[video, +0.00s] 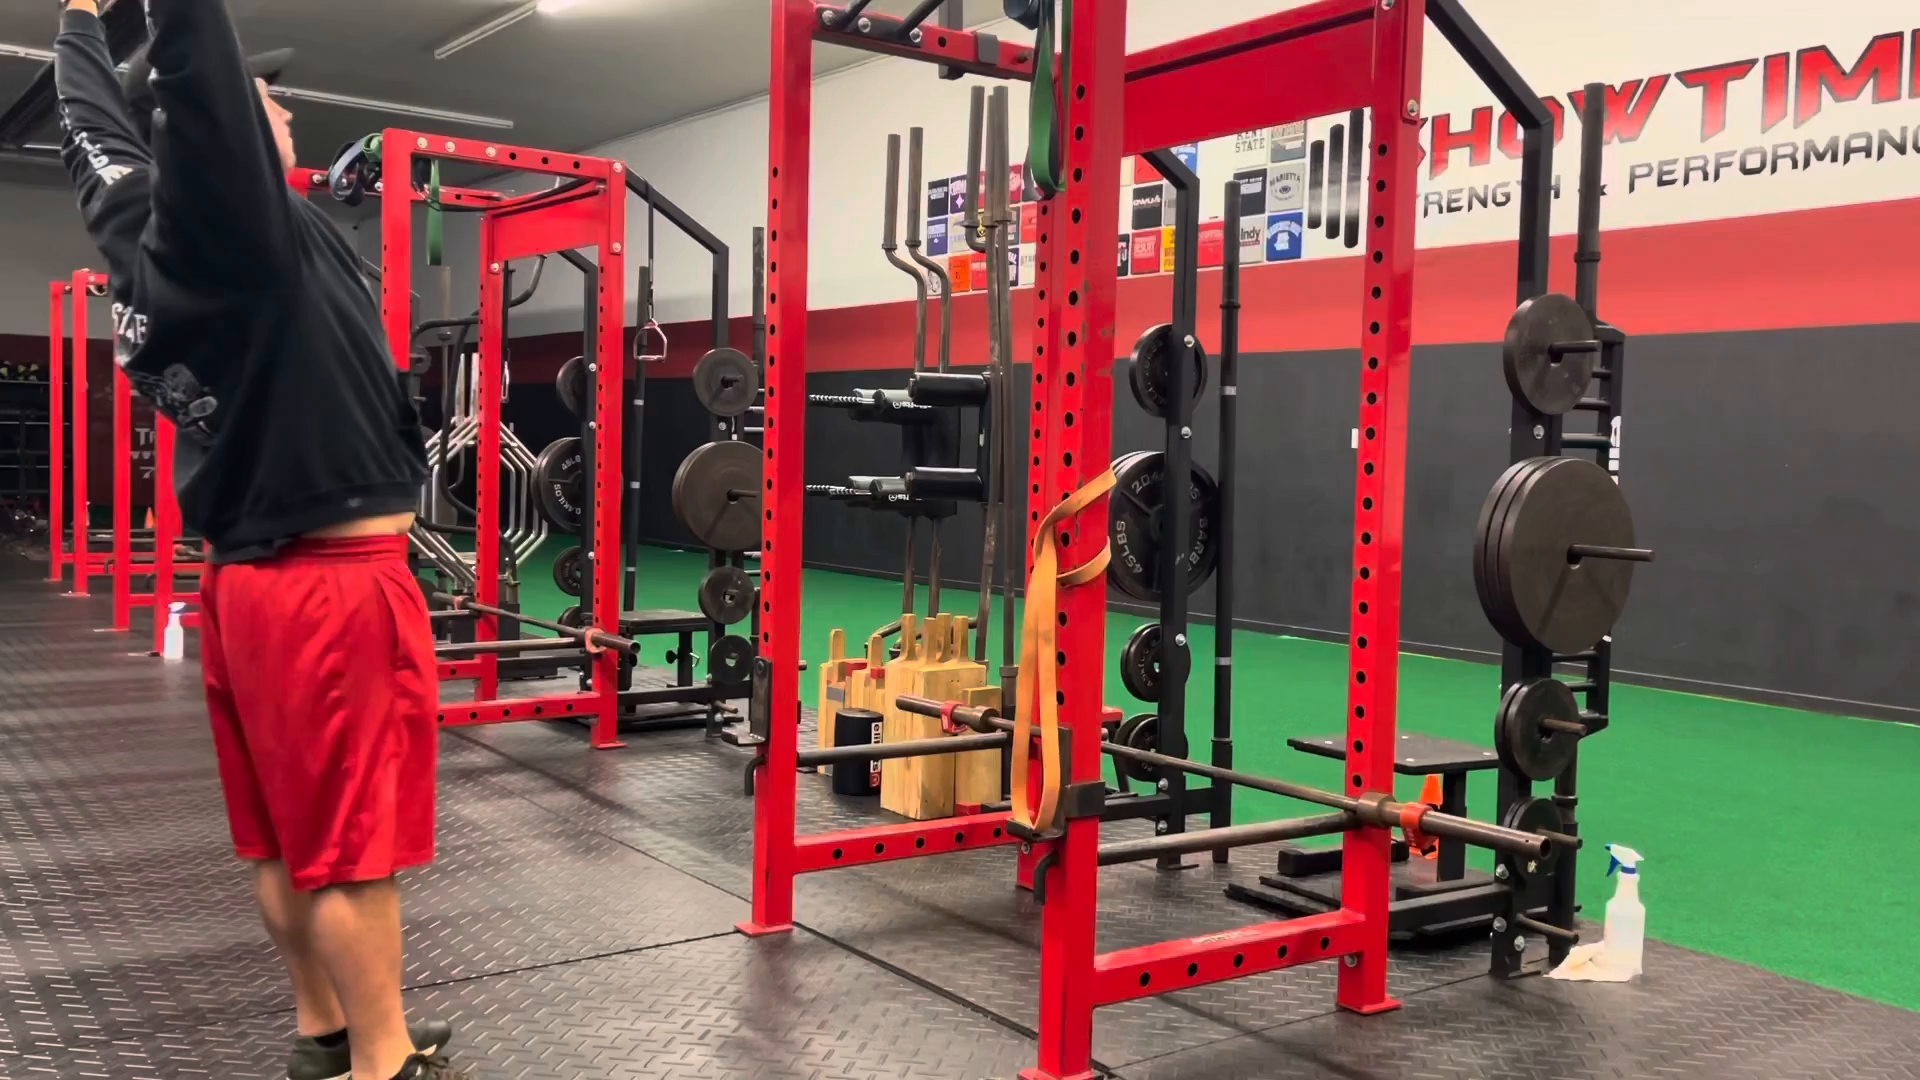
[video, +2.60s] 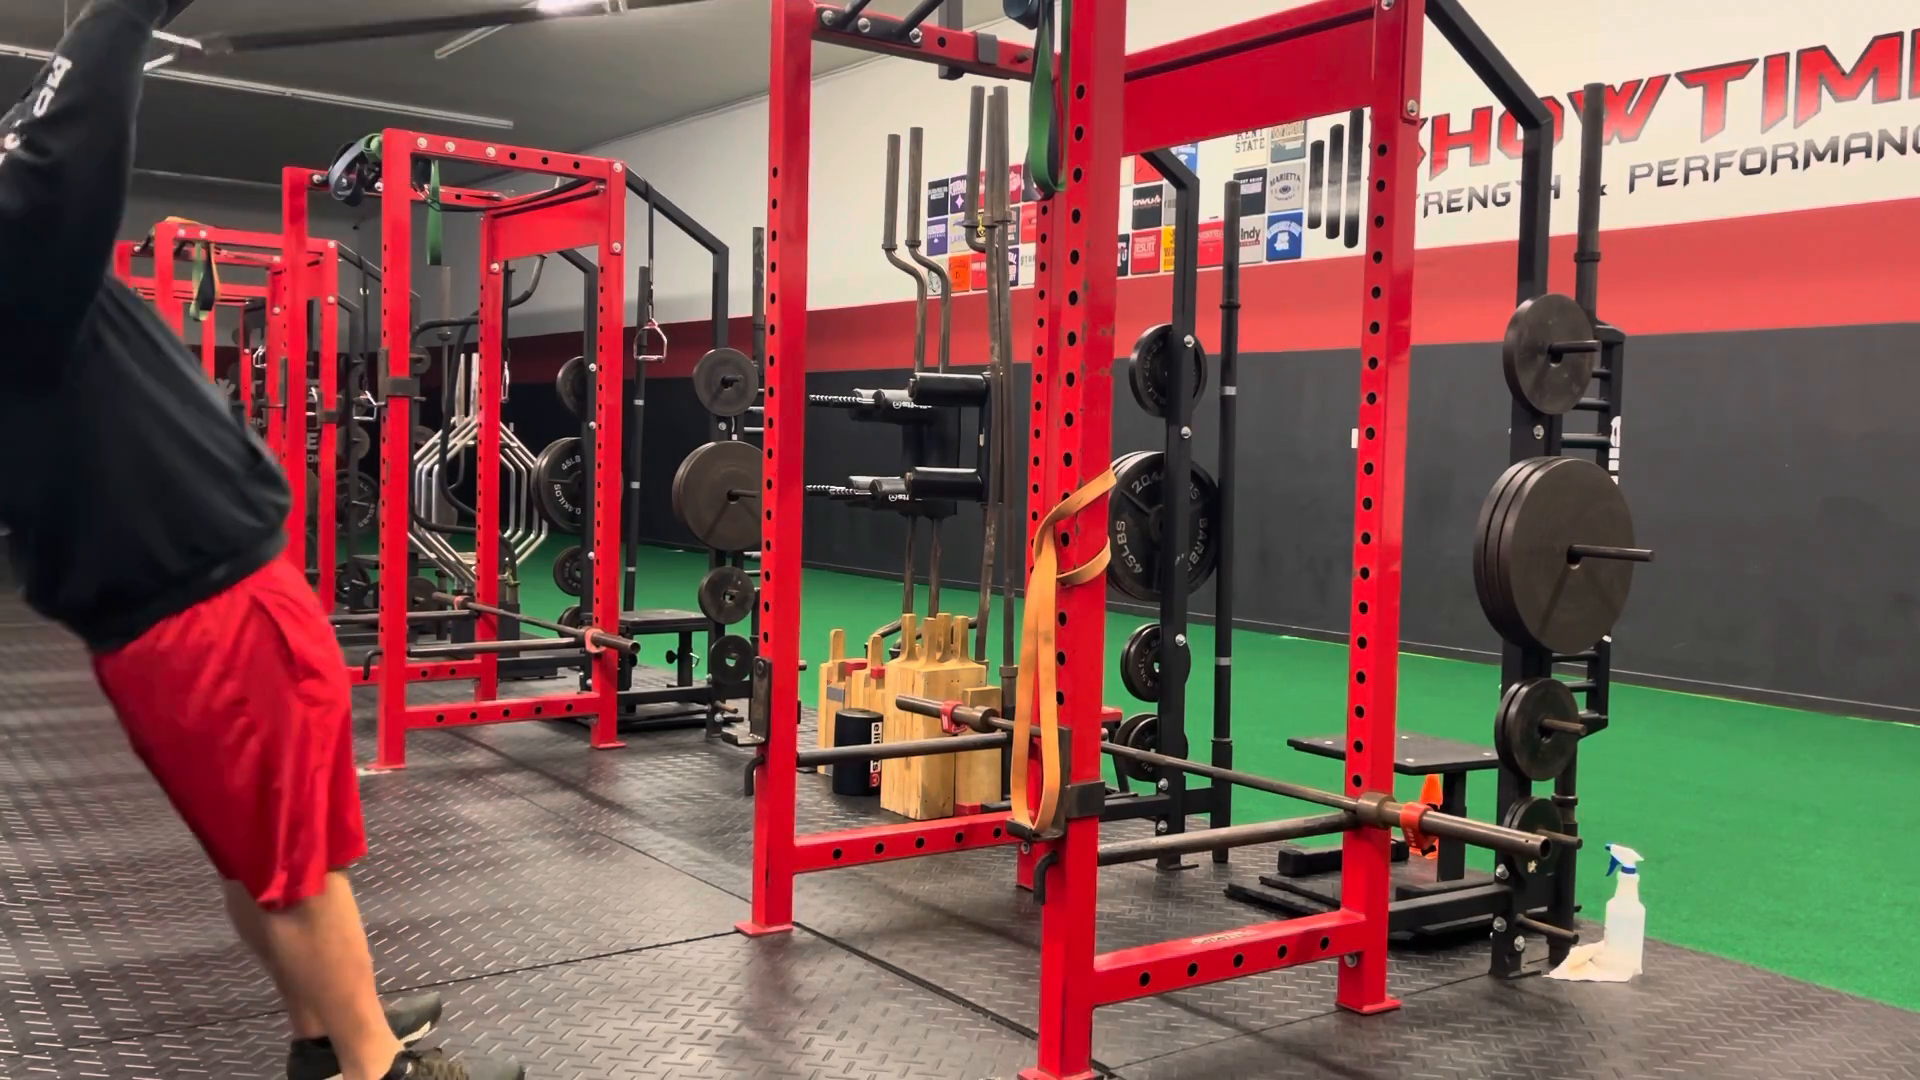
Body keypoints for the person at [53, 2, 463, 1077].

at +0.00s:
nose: (284, 110)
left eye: (275, 98)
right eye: (268, 98)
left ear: (212, 140)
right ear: (236, 126)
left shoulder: (161, 247)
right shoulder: (253, 226)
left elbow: (103, 136)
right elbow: (205, 68)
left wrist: (82, 20)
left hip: (245, 589)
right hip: (339, 592)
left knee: (286, 839)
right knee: (355, 855)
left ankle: (325, 1028)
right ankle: (384, 1056)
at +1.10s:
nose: (125, 127)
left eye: (110, 107)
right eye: (100, 113)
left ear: (37, 157)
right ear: (75, 136)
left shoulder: (56, 272)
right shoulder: (118, 245)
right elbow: (136, 70)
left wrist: (80, 38)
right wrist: (112, 3)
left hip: (206, 599)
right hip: (280, 593)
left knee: (281, 848)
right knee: (335, 860)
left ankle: (325, 1034)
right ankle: (383, 1060)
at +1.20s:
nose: (78, 127)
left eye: (61, 108)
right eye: (58, 114)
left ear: (16, 149)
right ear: (33, 139)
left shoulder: (31, 275)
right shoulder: (76, 251)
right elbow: (116, 67)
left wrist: (77, 39)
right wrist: (92, 9)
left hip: (192, 606)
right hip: (259, 600)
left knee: (276, 851)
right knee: (322, 860)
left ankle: (326, 1036)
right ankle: (380, 1059)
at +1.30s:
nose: (33, 124)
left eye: (25, 110)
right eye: (16, 115)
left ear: (21, 143)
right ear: (3, 150)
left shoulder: (44, 265)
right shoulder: (44, 264)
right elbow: (82, 83)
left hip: (178, 607)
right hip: (229, 604)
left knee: (266, 863)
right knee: (311, 869)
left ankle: (326, 1039)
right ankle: (379, 1062)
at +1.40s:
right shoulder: (25, 290)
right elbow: (58, 111)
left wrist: (112, 17)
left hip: (156, 617)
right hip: (201, 614)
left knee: (257, 870)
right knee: (294, 875)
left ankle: (328, 1038)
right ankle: (372, 1059)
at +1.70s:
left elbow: (25, 264)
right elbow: (29, 271)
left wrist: (143, 185)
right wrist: (176, 151)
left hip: (78, 612)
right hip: (75, 625)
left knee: (216, 840)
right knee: (223, 862)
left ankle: (327, 1029)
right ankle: (360, 1064)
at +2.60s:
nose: (31, 146)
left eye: (34, 131)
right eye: (23, 132)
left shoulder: (25, 285)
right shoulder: (19, 287)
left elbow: (59, 136)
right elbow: (65, 150)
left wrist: (118, 22)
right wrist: (132, 4)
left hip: (157, 623)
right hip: (207, 613)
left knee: (257, 861)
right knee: (299, 867)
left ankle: (326, 1036)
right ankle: (372, 1057)